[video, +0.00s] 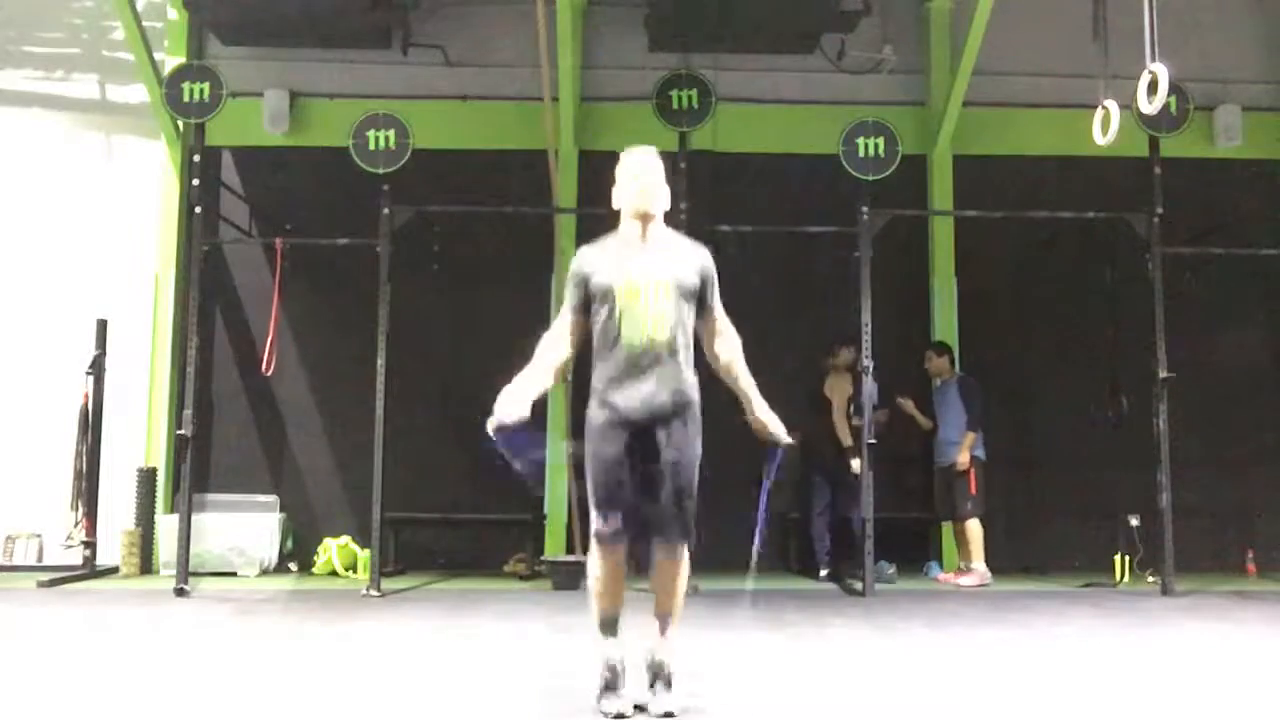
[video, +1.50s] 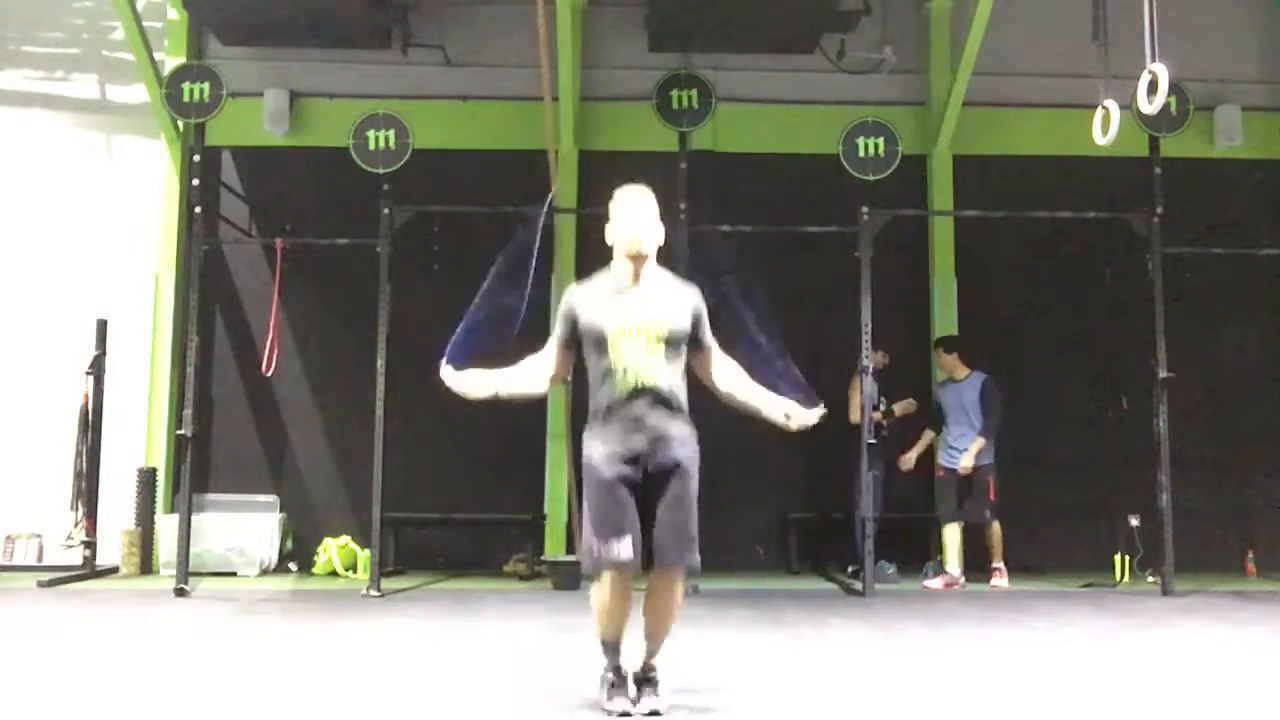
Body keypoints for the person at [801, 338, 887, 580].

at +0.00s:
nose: (852, 356)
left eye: (852, 351)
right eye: (847, 352)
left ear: (834, 360)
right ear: (836, 356)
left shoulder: (828, 379)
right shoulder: (841, 380)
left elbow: (836, 416)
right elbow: (839, 417)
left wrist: (866, 420)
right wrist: (851, 451)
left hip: (819, 449)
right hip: (836, 450)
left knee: (820, 508)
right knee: (852, 507)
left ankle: (823, 562)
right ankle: (864, 563)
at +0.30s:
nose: (864, 358)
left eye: (864, 353)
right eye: (859, 353)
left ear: (855, 358)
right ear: (851, 357)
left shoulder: (859, 380)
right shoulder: (852, 379)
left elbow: (866, 418)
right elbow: (857, 419)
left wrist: (893, 411)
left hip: (853, 450)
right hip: (850, 450)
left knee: (851, 506)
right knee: (853, 505)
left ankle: (843, 564)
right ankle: (850, 564)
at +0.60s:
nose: (878, 357)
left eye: (878, 352)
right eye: (875, 351)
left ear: (872, 357)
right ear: (868, 354)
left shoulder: (868, 380)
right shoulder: (859, 380)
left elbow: (875, 417)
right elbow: (863, 421)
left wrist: (899, 410)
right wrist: (898, 427)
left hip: (871, 447)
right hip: (862, 449)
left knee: (870, 506)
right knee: (865, 507)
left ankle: (864, 559)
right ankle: (868, 562)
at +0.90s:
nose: (883, 358)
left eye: (882, 354)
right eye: (879, 354)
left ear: (871, 356)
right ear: (871, 355)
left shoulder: (870, 381)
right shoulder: (861, 381)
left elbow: (874, 414)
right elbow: (865, 416)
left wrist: (891, 410)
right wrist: (893, 413)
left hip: (874, 445)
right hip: (867, 447)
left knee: (873, 504)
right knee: (868, 505)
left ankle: (865, 557)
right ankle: (867, 560)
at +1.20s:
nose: (884, 361)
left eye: (884, 357)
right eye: (880, 356)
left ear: (878, 359)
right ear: (870, 356)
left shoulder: (872, 381)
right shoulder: (861, 381)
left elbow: (875, 412)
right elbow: (859, 416)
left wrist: (896, 407)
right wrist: (893, 414)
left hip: (877, 443)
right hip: (868, 445)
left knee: (873, 505)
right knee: (868, 505)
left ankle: (866, 559)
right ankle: (867, 562)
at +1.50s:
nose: (885, 360)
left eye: (885, 356)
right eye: (881, 355)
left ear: (879, 358)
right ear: (870, 355)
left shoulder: (875, 380)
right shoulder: (861, 380)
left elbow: (873, 414)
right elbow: (855, 416)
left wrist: (897, 410)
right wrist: (892, 411)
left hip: (879, 447)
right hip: (868, 449)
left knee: (876, 506)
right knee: (868, 507)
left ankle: (873, 558)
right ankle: (867, 561)